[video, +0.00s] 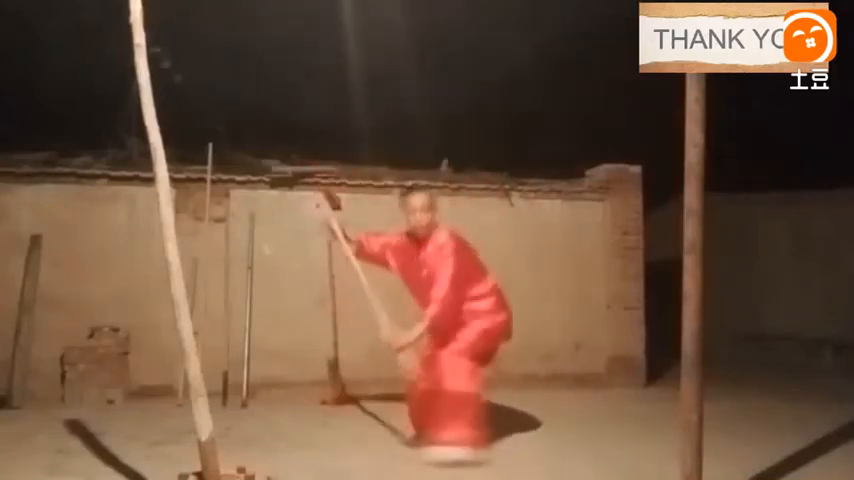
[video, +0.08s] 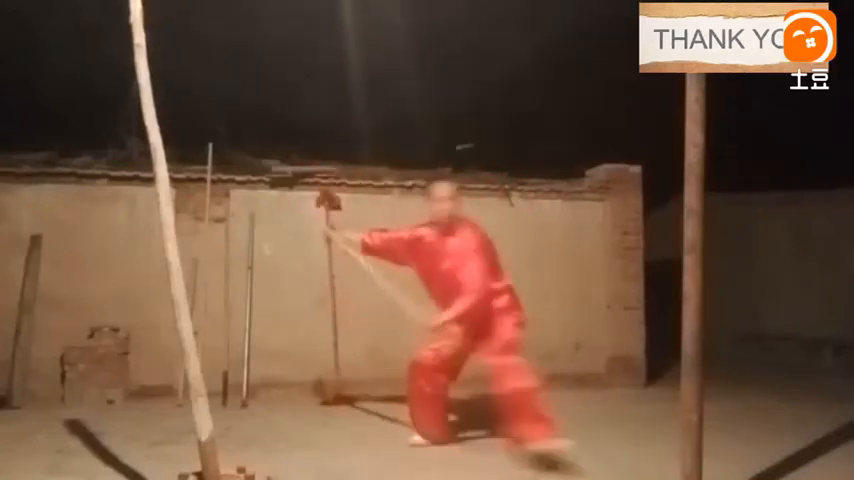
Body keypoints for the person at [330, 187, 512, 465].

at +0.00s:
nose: (421, 218)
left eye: (426, 210)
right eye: (414, 212)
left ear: (435, 212)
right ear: (405, 215)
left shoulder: (445, 243)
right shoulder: (401, 245)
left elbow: (443, 298)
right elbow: (365, 246)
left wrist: (411, 336)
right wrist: (339, 232)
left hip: (485, 316)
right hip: (452, 319)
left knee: (454, 359)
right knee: (425, 365)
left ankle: (459, 439)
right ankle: (431, 431)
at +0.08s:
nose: (444, 206)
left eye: (450, 199)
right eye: (438, 200)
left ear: (458, 203)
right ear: (428, 204)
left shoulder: (467, 236)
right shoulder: (420, 237)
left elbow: (477, 288)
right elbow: (380, 242)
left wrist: (447, 315)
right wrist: (340, 235)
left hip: (498, 311)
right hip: (462, 315)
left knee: (502, 364)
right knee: (428, 364)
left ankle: (538, 437)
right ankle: (432, 431)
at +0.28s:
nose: (513, 195)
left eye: (517, 188)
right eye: (505, 188)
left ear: (523, 193)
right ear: (488, 193)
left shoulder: (534, 231)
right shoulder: (473, 232)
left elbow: (572, 259)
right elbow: (429, 260)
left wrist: (541, 277)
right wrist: (417, 273)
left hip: (532, 331)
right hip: (480, 331)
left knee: (571, 379)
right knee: (447, 383)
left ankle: (612, 452)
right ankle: (428, 430)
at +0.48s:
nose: (547, 198)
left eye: (551, 191)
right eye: (539, 190)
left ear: (555, 195)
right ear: (520, 195)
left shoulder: (560, 227)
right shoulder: (517, 233)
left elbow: (594, 222)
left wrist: (611, 207)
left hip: (544, 334)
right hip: (501, 336)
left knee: (587, 382)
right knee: (463, 392)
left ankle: (617, 459)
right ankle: (411, 434)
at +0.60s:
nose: (548, 201)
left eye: (552, 194)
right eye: (540, 194)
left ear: (555, 197)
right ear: (519, 199)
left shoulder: (553, 228)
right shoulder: (518, 235)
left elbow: (587, 218)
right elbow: (563, 269)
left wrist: (608, 206)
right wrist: (616, 260)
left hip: (543, 335)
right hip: (499, 337)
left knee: (584, 375)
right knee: (459, 393)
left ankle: (615, 459)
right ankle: (406, 435)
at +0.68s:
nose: (547, 205)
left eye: (552, 198)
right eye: (540, 198)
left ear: (556, 200)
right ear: (521, 201)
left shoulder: (547, 228)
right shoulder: (520, 239)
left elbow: (577, 214)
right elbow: (590, 253)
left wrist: (595, 194)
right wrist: (626, 221)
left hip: (540, 337)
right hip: (497, 339)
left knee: (581, 378)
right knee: (455, 394)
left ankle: (616, 460)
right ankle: (400, 435)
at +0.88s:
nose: (547, 209)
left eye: (550, 202)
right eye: (540, 202)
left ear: (554, 204)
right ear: (520, 206)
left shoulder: (535, 233)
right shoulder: (519, 238)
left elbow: (573, 212)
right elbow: (577, 221)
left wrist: (592, 185)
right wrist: (628, 176)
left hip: (528, 343)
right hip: (496, 343)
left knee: (577, 378)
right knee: (456, 396)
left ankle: (615, 457)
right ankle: (395, 435)